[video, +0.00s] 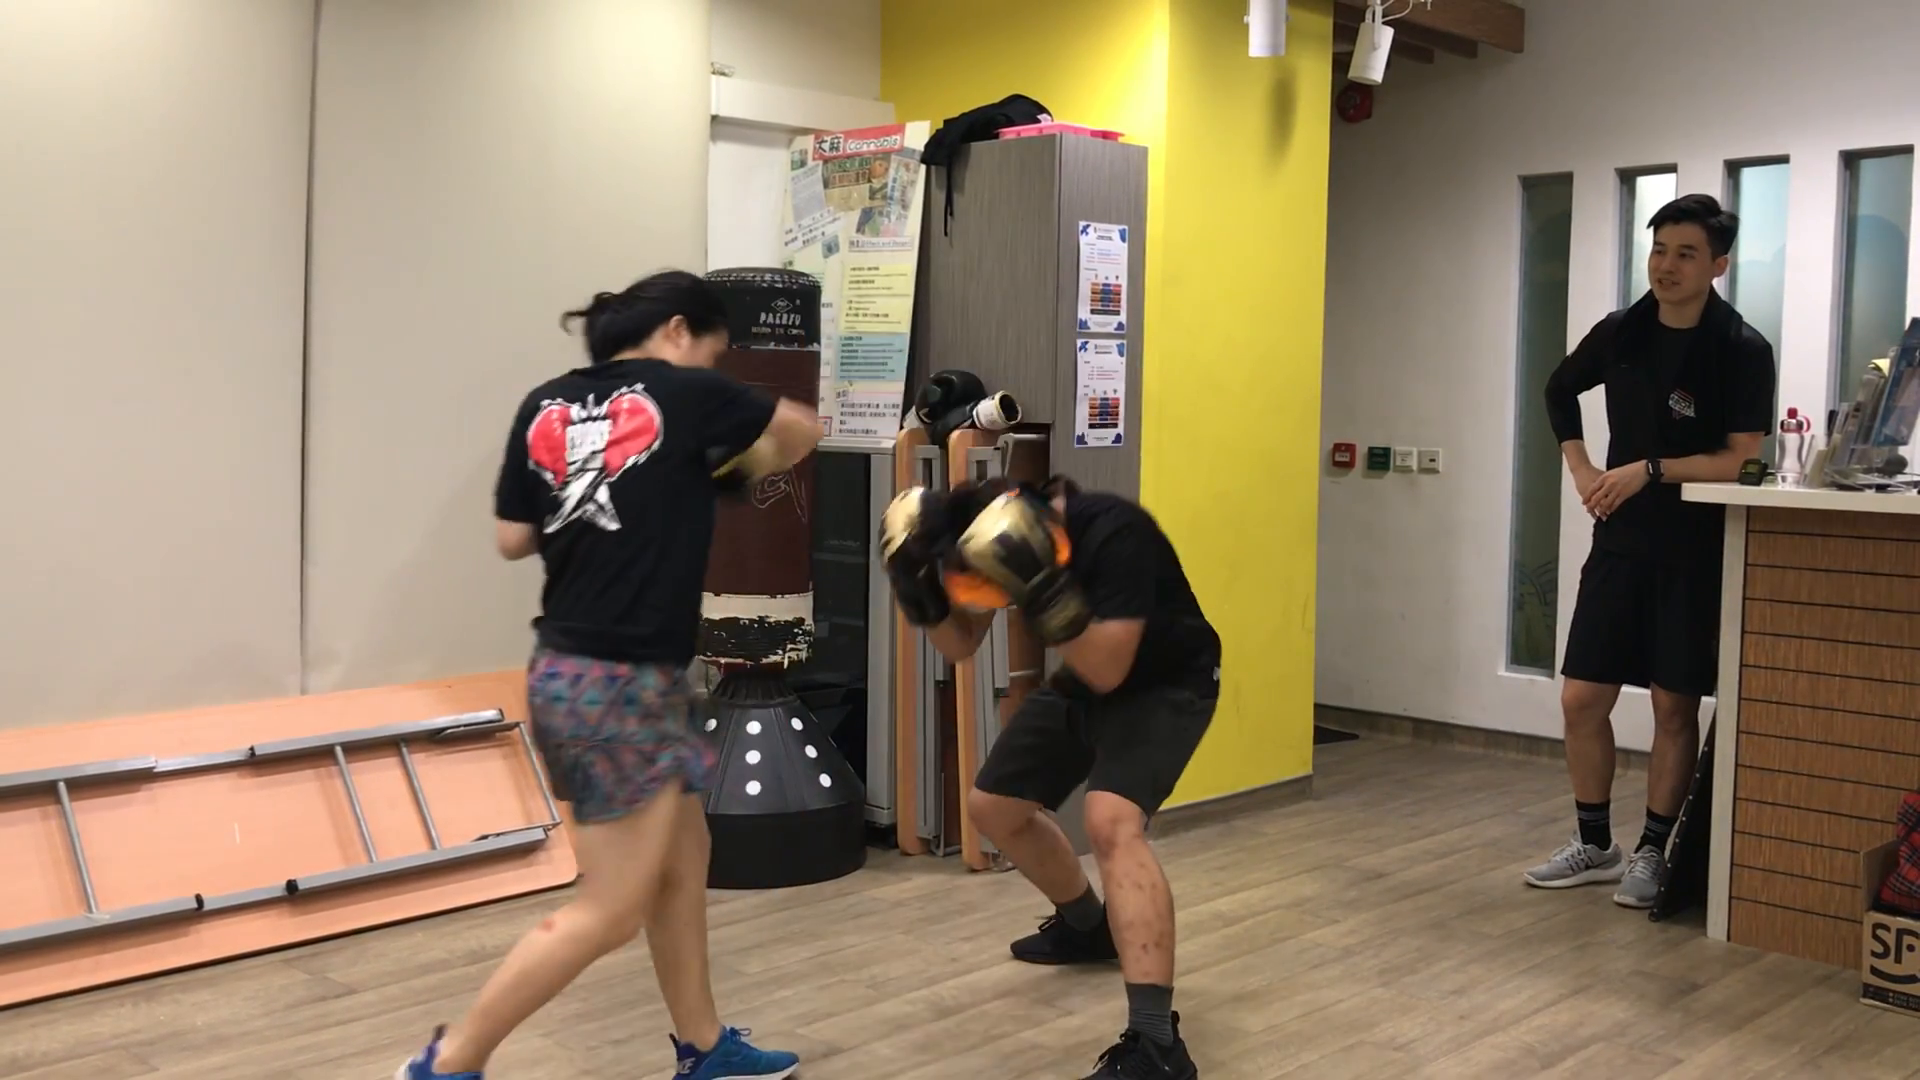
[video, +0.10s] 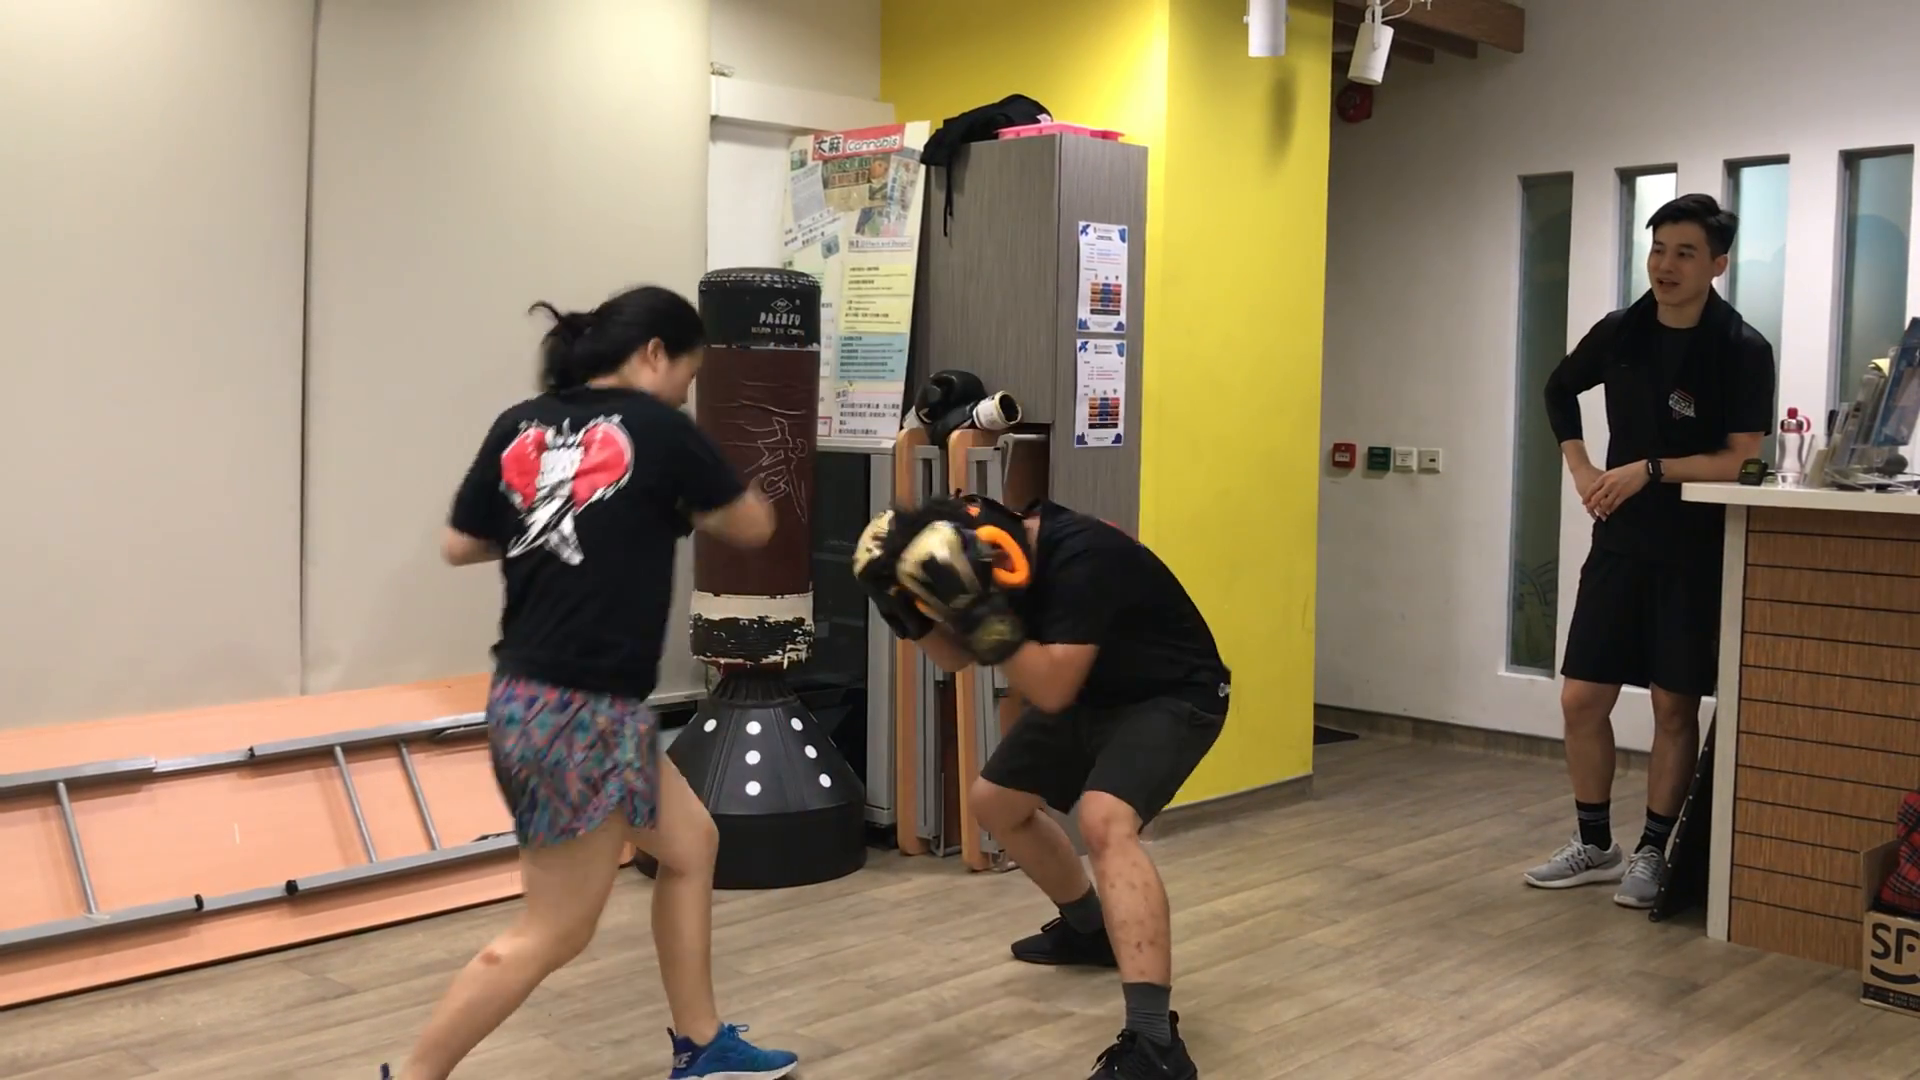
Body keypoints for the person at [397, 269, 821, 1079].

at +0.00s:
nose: (712, 367)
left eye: (716, 357)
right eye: (711, 353)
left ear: (622, 338)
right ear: (675, 333)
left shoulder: (547, 402)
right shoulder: (685, 392)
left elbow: (512, 537)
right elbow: (801, 428)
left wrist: (603, 489)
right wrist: (741, 471)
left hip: (568, 670)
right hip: (623, 681)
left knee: (684, 853)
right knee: (612, 904)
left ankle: (702, 1046)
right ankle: (448, 1062)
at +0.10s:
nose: (688, 392)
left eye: (690, 377)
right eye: (688, 373)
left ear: (611, 355)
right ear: (651, 355)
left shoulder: (520, 423)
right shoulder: (657, 427)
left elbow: (461, 542)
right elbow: (754, 523)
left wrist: (558, 512)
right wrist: (680, 507)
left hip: (527, 700)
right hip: (585, 715)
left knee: (690, 840)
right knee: (555, 929)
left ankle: (701, 1044)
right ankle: (413, 1073)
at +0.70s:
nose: (813, 394)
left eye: (818, 379)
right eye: (808, 377)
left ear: (761, 367)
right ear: (761, 365)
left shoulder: (727, 442)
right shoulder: (710, 430)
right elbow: (649, 491)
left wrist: (749, 536)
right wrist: (711, 530)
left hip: (641, 659)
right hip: (598, 653)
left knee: (693, 807)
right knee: (548, 842)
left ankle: (705, 978)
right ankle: (415, 1015)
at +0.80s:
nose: (804, 413)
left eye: (811, 399)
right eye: (801, 393)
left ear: (750, 376)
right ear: (754, 370)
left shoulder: (692, 422)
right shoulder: (721, 427)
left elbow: (670, 530)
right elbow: (780, 497)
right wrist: (880, 504)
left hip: (647, 657)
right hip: (588, 648)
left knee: (689, 811)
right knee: (536, 834)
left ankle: (704, 978)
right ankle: (407, 985)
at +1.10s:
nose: (711, 392)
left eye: (719, 381)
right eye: (708, 376)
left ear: (662, 361)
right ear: (663, 355)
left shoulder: (628, 416)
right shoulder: (616, 420)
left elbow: (667, 525)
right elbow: (668, 541)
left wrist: (718, 467)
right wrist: (722, 470)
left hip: (626, 650)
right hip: (559, 652)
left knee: (691, 806)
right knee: (560, 834)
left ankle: (703, 975)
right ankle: (489, 967)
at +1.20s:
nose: (685, 391)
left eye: (694, 379)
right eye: (682, 375)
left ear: (645, 364)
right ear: (642, 359)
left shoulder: (627, 428)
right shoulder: (578, 424)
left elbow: (657, 521)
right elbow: (651, 528)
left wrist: (705, 456)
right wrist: (680, 445)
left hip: (625, 654)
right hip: (548, 661)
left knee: (701, 803)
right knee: (542, 842)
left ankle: (707, 975)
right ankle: (490, 972)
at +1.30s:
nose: (695, 374)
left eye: (708, 362)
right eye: (692, 357)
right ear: (644, 337)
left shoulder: (651, 405)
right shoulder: (571, 397)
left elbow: (676, 507)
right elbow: (608, 499)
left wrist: (722, 438)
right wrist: (661, 406)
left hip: (640, 632)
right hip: (554, 638)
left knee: (689, 804)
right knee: (536, 826)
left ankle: (703, 975)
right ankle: (490, 966)